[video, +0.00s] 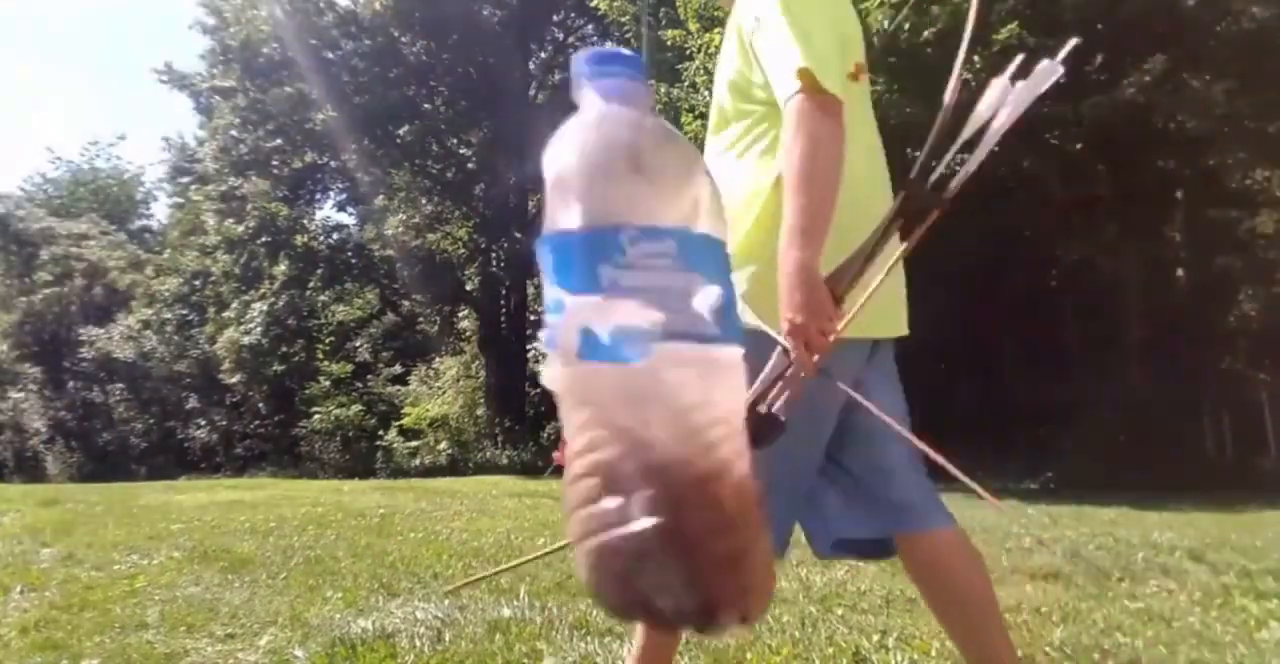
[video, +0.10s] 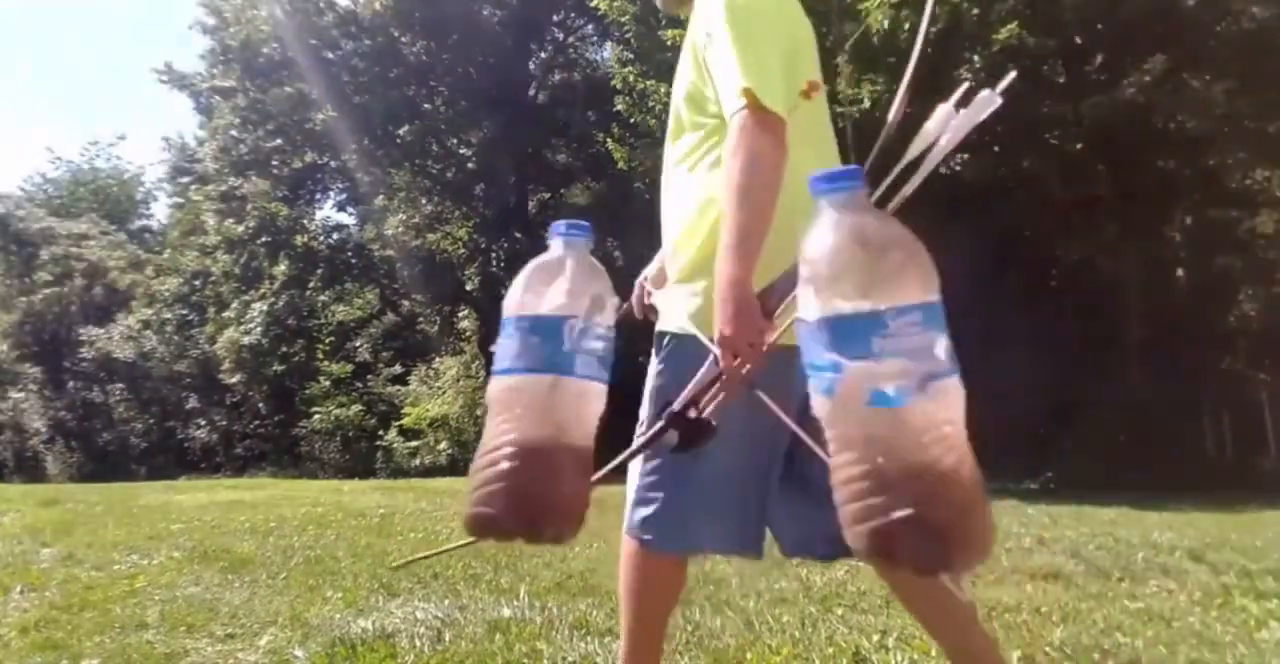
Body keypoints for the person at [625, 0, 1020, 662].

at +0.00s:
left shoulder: (780, 4)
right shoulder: (813, 13)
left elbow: (816, 111)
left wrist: (800, 270)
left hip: (781, 309)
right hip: (849, 305)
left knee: (705, 524)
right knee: (913, 515)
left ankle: (648, 654)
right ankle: (999, 657)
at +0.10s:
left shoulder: (735, 8)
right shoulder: (739, 17)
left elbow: (761, 129)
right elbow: (734, 153)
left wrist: (735, 283)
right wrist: (672, 260)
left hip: (717, 320)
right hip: (789, 315)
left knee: (656, 513)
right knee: (874, 518)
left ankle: (636, 657)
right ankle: (983, 655)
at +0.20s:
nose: (571, 3)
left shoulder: (640, 12)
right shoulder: (695, 22)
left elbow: (646, 144)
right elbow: (692, 190)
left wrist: (610, 286)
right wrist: (615, 339)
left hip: (663, 315)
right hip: (719, 308)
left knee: (612, 509)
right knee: (721, 485)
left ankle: (626, 659)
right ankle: (866, 626)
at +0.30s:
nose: (553, 5)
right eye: (552, 4)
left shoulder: (620, 15)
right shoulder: (681, 20)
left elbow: (621, 147)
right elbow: (674, 182)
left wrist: (581, 283)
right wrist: (599, 318)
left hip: (644, 305)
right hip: (700, 301)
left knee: (608, 505)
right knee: (691, 477)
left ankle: (624, 658)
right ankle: (819, 611)